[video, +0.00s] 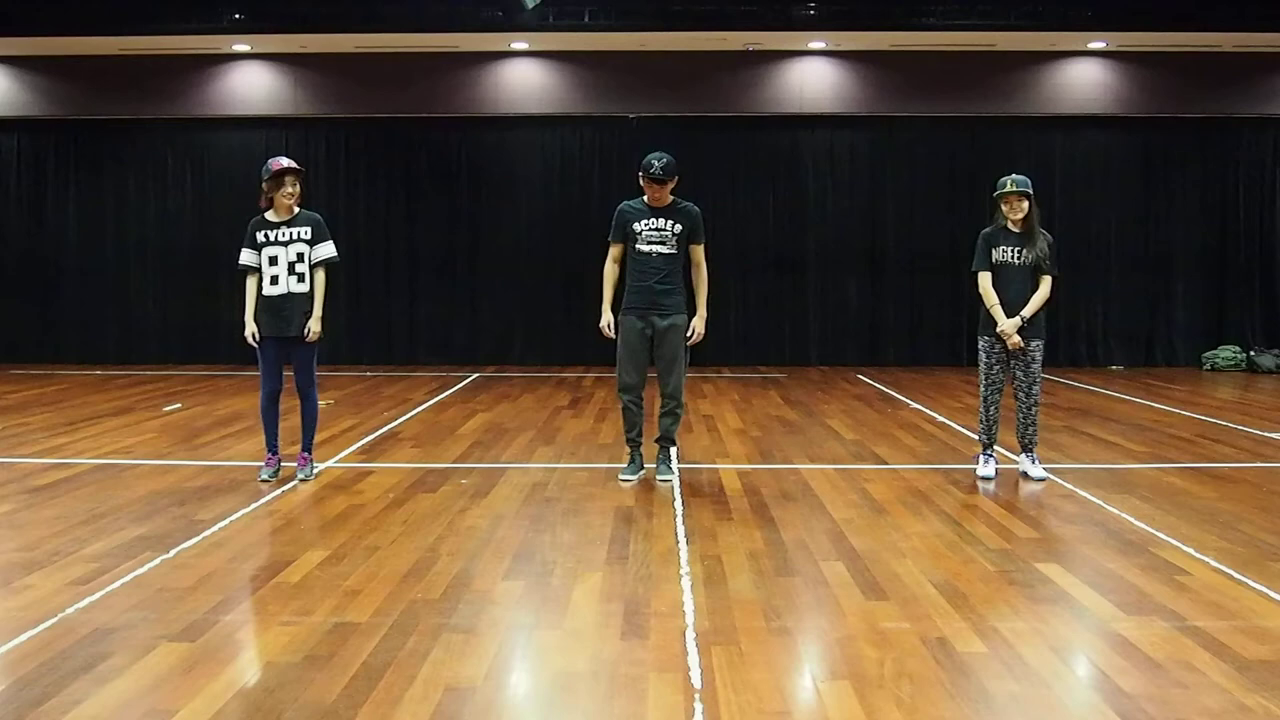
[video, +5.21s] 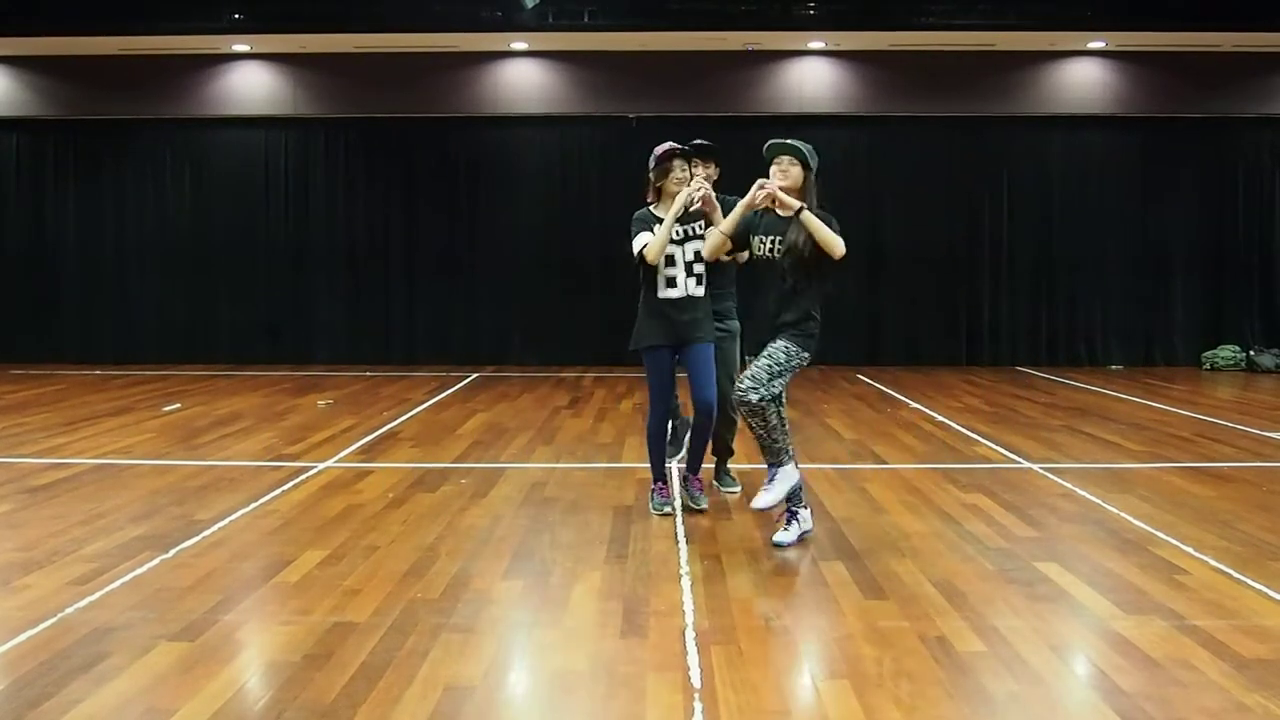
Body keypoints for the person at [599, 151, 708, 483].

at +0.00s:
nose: (656, 190)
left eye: (662, 184)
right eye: (650, 184)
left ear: (673, 182)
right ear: (642, 180)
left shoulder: (689, 215)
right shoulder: (626, 212)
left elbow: (698, 265)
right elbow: (613, 260)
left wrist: (701, 313)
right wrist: (607, 307)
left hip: (673, 315)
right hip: (632, 314)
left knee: (672, 389)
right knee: (629, 388)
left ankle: (667, 452)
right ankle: (634, 454)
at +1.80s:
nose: (644, 196)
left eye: (650, 189)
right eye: (638, 189)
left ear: (660, 190)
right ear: (628, 191)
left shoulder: (678, 223)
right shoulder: (615, 229)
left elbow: (687, 271)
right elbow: (611, 279)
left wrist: (679, 305)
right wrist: (632, 293)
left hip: (669, 313)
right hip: (630, 315)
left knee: (677, 367)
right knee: (623, 386)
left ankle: (666, 430)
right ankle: (633, 453)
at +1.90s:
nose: (647, 196)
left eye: (653, 189)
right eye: (640, 189)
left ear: (663, 191)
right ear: (631, 192)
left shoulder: (680, 223)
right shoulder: (617, 228)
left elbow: (687, 273)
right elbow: (617, 280)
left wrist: (671, 278)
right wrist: (644, 261)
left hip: (671, 308)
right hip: (632, 314)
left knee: (686, 349)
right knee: (624, 387)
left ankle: (670, 411)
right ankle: (633, 454)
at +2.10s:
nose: (659, 185)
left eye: (666, 179)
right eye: (653, 179)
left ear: (676, 182)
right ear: (643, 181)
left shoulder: (690, 218)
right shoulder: (628, 214)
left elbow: (688, 267)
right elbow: (624, 258)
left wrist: (667, 237)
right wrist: (648, 217)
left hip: (679, 315)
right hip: (637, 316)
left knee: (699, 377)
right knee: (630, 387)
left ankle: (689, 446)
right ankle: (634, 454)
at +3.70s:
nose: (681, 179)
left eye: (688, 173)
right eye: (676, 174)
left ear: (702, 180)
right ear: (669, 181)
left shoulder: (720, 219)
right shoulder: (657, 218)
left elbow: (721, 257)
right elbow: (659, 256)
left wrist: (695, 219)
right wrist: (678, 212)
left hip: (714, 311)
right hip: (673, 317)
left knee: (742, 354)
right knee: (671, 395)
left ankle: (722, 418)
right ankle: (677, 462)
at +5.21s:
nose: (701, 174)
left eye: (706, 168)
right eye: (694, 168)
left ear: (717, 171)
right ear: (683, 172)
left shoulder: (733, 207)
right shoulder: (673, 209)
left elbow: (742, 255)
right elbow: (661, 252)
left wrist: (715, 217)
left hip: (722, 312)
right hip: (682, 311)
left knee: (727, 391)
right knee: (665, 384)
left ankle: (723, 463)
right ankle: (677, 422)